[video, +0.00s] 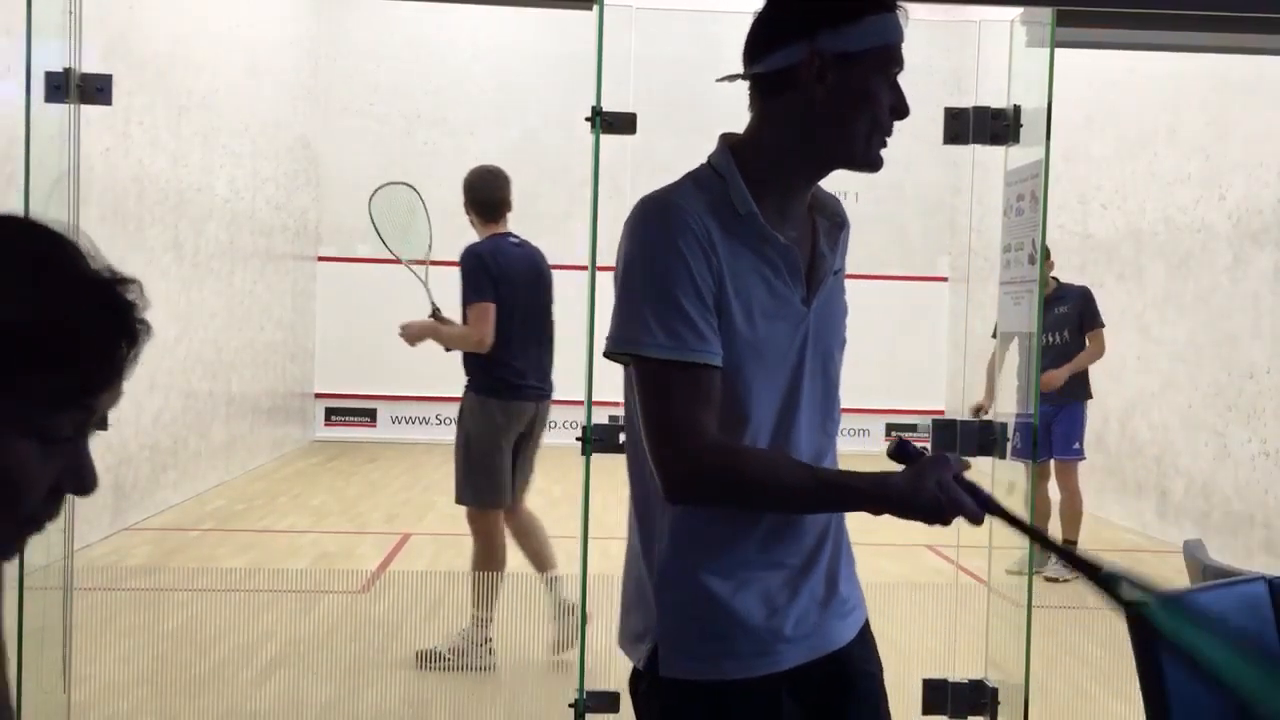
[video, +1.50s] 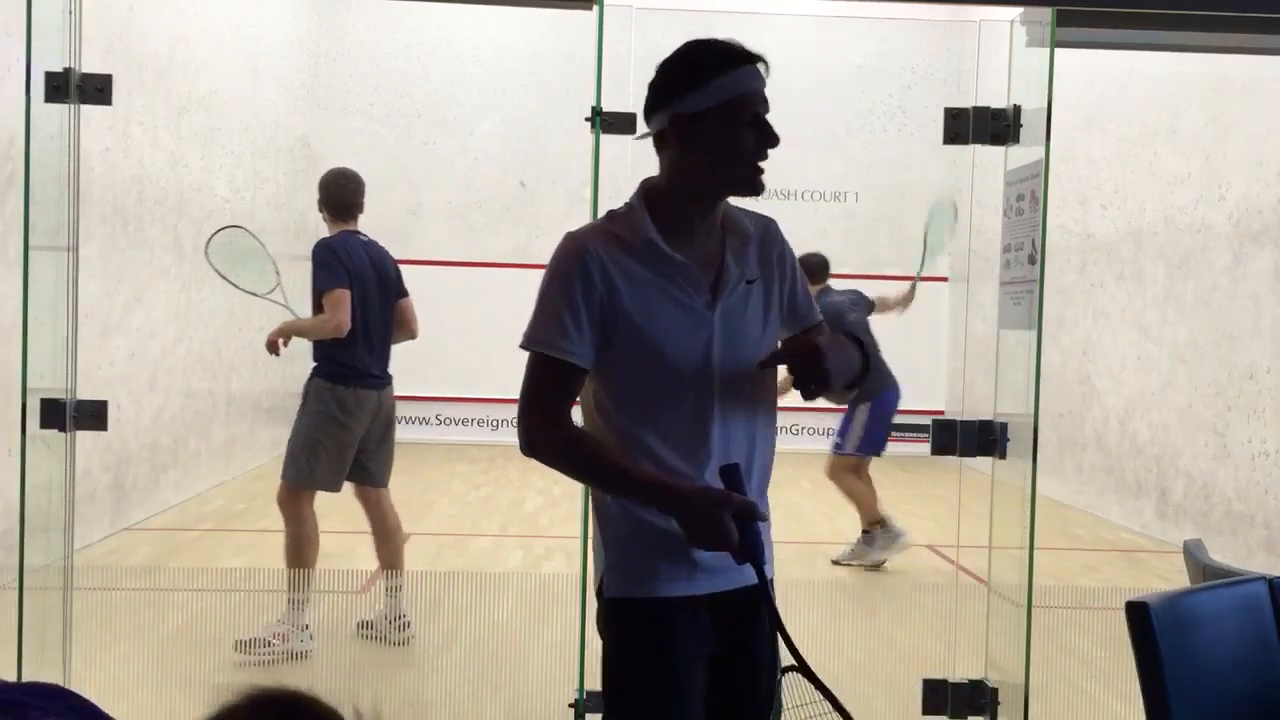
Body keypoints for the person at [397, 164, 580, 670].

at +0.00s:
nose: (468, 212)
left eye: (466, 205)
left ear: (467, 207)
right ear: (510, 204)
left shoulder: (479, 256)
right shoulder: (534, 257)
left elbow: (479, 339)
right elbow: (529, 333)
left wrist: (430, 329)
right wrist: (453, 326)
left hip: (492, 402)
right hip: (534, 402)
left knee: (485, 517)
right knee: (513, 507)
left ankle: (478, 638)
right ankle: (562, 600)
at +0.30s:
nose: (423, 213)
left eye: (422, 206)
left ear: (426, 209)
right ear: (467, 205)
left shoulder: (438, 255)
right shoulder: (491, 257)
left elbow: (436, 333)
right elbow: (502, 334)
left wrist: (385, 329)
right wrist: (421, 330)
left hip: (451, 399)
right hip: (489, 398)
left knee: (456, 510)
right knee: (449, 506)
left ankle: (476, 635)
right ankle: (419, 607)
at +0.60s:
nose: (402, 212)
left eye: (401, 205)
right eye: (413, 203)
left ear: (405, 208)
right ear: (445, 208)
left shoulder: (416, 252)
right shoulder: (460, 258)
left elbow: (419, 326)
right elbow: (474, 335)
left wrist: (369, 326)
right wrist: (405, 327)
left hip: (411, 395)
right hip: (451, 398)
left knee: (382, 505)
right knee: (419, 502)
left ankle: (453, 612)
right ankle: (400, 613)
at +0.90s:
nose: (386, 212)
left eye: (384, 204)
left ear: (386, 207)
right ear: (425, 207)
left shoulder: (391, 248)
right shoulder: (442, 258)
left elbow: (390, 320)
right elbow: (448, 331)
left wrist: (346, 322)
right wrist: (376, 316)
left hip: (388, 393)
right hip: (432, 395)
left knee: (344, 492)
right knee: (410, 495)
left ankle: (358, 615)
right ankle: (401, 616)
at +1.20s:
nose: (362, 212)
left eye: (360, 205)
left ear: (361, 208)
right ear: (400, 208)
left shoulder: (365, 246)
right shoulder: (420, 258)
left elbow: (365, 317)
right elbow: (436, 333)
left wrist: (323, 321)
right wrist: (385, 325)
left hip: (369, 393)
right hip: (414, 396)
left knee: (323, 490)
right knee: (400, 494)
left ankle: (329, 615)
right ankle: (400, 617)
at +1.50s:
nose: (323, 212)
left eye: (320, 205)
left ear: (322, 207)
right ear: (362, 206)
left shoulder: (330, 250)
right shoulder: (383, 256)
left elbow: (336, 323)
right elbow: (407, 327)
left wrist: (287, 327)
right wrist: (355, 334)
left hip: (335, 395)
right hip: (378, 397)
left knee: (294, 497)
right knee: (374, 493)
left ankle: (295, 625)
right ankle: (396, 613)